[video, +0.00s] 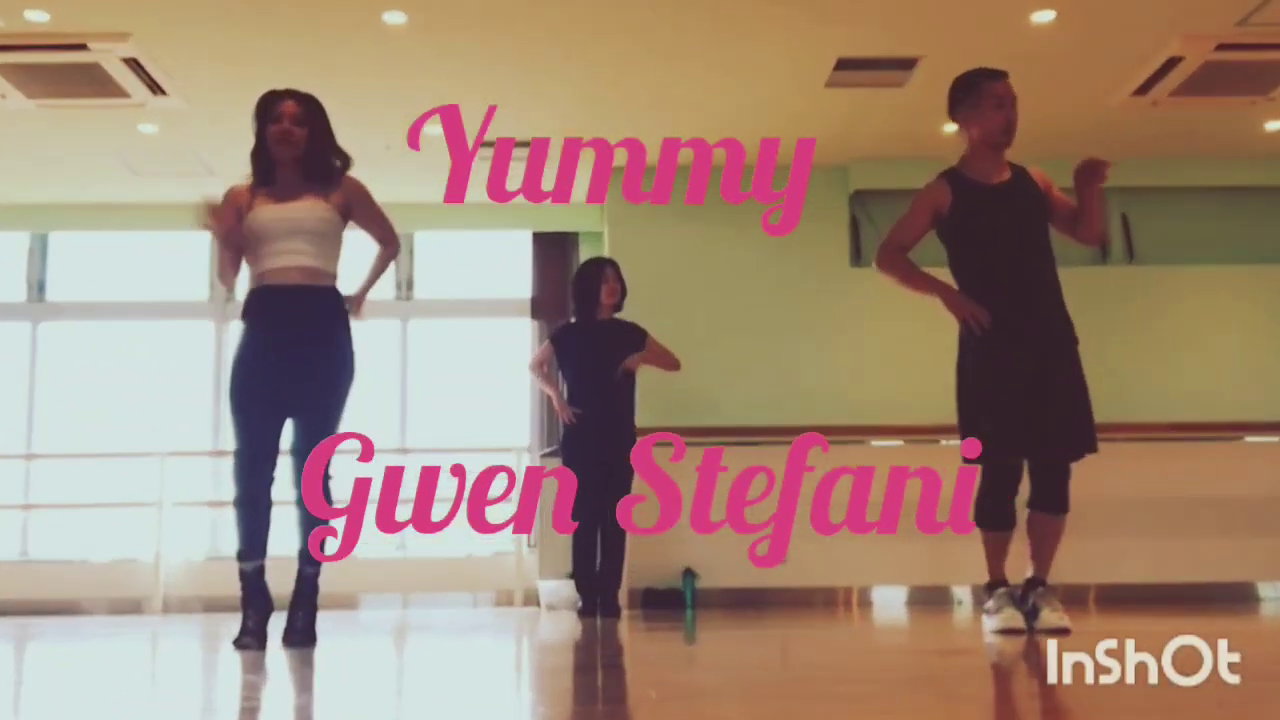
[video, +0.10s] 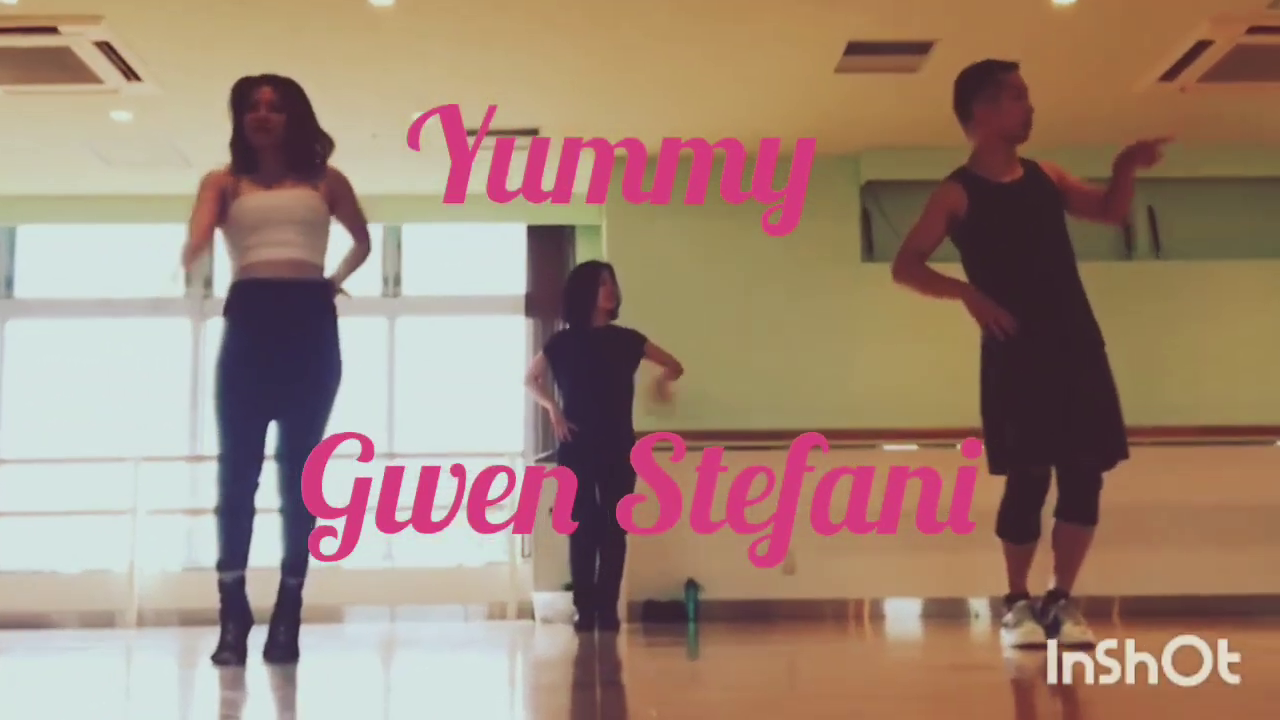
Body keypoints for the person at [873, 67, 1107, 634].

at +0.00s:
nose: (1010, 114)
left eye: (1012, 104)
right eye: (998, 105)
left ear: (1016, 112)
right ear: (964, 118)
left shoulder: (1031, 181)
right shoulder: (945, 191)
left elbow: (1088, 232)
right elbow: (889, 257)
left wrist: (1091, 188)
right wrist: (948, 295)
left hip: (1048, 342)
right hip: (991, 345)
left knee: (1052, 466)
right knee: (1000, 468)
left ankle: (1039, 589)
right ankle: (995, 588)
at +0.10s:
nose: (1029, 106)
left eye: (1027, 96)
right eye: (1016, 97)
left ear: (1008, 110)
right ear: (979, 112)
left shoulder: (1042, 175)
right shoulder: (957, 193)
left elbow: (1112, 211)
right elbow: (905, 268)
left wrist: (1126, 168)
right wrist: (967, 295)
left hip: (1074, 347)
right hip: (1015, 354)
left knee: (1083, 475)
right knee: (1028, 477)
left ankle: (1061, 601)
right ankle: (1018, 602)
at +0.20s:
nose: (1036, 101)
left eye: (1031, 90)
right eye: (1023, 92)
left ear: (1004, 106)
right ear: (985, 107)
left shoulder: (1049, 169)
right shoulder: (965, 192)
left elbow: (1130, 170)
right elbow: (922, 274)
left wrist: (1177, 123)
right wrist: (984, 295)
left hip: (1089, 347)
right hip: (1031, 357)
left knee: (1099, 478)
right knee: (1045, 481)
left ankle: (1072, 609)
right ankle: (1028, 608)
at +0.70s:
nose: (978, 118)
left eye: (986, 106)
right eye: (965, 110)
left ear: (998, 112)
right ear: (944, 119)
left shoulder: (1028, 172)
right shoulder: (939, 196)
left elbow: (1102, 153)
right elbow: (888, 264)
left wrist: (1124, 93)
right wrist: (927, 251)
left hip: (1048, 341)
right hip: (989, 348)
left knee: (1049, 469)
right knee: (1000, 470)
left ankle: (1042, 590)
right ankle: (999, 592)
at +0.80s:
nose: (959, 129)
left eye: (965, 118)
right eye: (946, 122)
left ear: (978, 121)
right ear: (929, 132)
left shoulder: (1008, 180)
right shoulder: (919, 199)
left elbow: (1075, 165)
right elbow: (864, 253)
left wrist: (1081, 117)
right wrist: (884, 215)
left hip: (1022, 339)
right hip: (965, 345)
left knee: (1024, 460)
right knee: (971, 465)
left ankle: (1016, 575)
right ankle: (972, 578)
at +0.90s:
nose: (936, 142)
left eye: (941, 132)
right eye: (924, 136)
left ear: (954, 135)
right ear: (910, 146)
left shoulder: (983, 190)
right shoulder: (903, 206)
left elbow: (1051, 194)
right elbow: (853, 258)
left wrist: (1041, 162)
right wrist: (876, 220)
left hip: (991, 338)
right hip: (937, 344)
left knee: (995, 450)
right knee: (944, 451)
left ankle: (995, 557)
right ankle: (947, 559)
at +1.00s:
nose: (913, 161)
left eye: (919, 152)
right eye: (904, 155)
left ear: (932, 157)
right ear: (891, 164)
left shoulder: (962, 209)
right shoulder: (883, 223)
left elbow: (1016, 241)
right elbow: (861, 279)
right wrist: (884, 268)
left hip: (961, 342)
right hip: (911, 347)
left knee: (968, 444)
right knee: (921, 446)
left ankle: (979, 538)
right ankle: (926, 542)